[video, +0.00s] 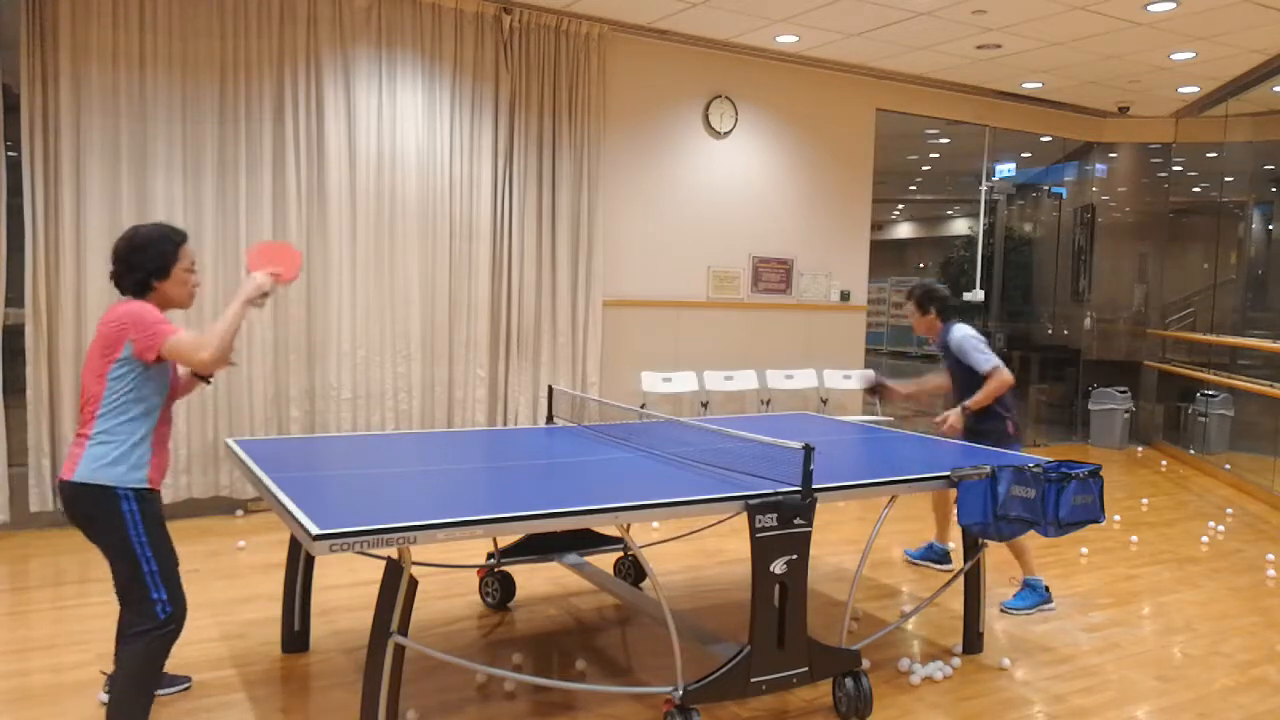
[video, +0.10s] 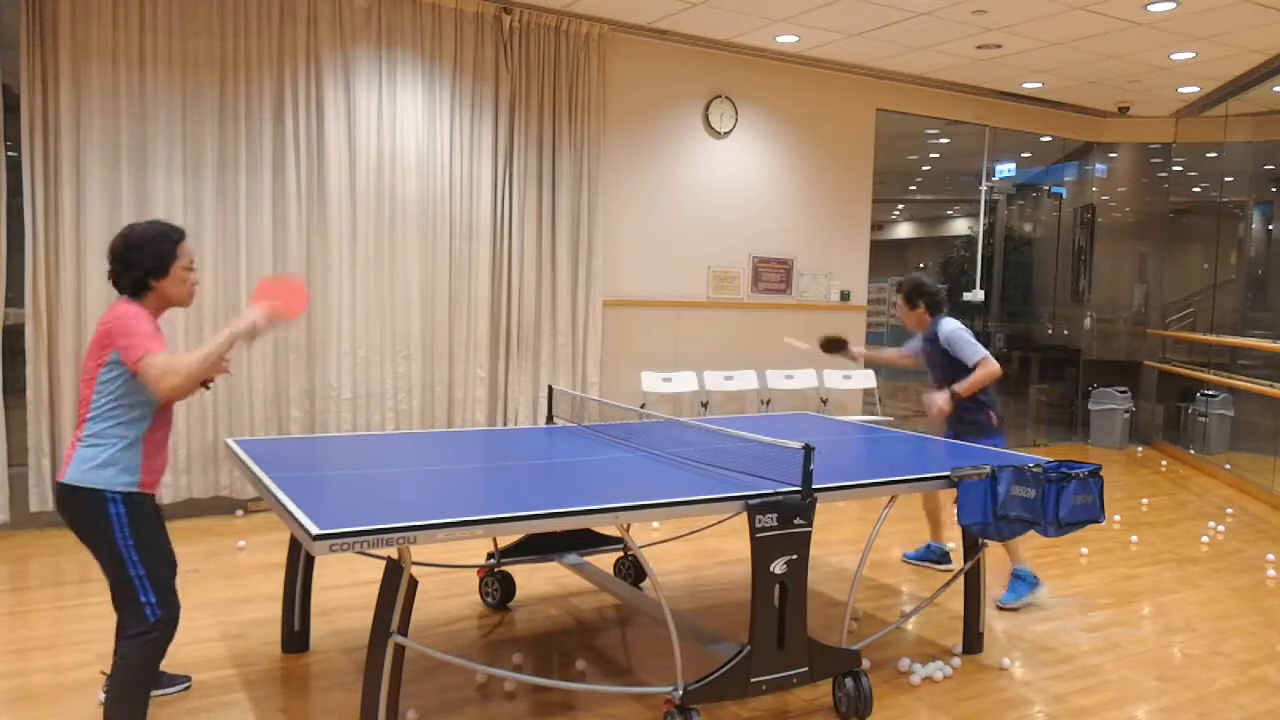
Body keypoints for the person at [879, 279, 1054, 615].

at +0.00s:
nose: (911, 323)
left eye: (913, 316)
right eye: (910, 316)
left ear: (932, 314)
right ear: (931, 313)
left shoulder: (961, 336)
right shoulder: (946, 340)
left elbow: (1003, 377)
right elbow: (952, 380)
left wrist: (963, 409)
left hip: (996, 437)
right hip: (971, 434)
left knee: (998, 510)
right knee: (939, 477)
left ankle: (1035, 585)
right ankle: (941, 547)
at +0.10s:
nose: (898, 313)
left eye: (901, 306)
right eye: (897, 306)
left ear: (920, 307)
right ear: (920, 308)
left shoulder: (949, 331)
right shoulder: (925, 337)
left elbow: (990, 368)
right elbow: (903, 356)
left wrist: (951, 394)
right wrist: (863, 354)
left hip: (982, 434)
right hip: (956, 432)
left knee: (993, 501)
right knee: (928, 482)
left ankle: (1023, 573)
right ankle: (938, 547)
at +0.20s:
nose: (894, 300)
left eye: (900, 293)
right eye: (894, 293)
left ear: (921, 294)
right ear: (915, 295)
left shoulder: (948, 321)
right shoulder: (909, 326)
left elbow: (986, 362)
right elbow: (878, 346)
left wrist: (943, 378)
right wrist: (842, 339)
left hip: (967, 424)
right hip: (936, 422)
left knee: (959, 491)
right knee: (915, 479)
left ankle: (983, 558)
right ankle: (935, 541)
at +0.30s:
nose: (895, 297)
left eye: (901, 290)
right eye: (894, 290)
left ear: (922, 293)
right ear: (900, 294)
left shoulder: (945, 322)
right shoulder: (901, 325)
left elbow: (978, 367)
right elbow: (868, 350)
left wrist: (936, 378)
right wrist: (835, 339)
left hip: (949, 422)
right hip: (918, 419)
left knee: (940, 484)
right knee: (894, 472)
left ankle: (957, 550)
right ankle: (911, 531)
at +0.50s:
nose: (885, 312)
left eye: (892, 306)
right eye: (882, 306)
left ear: (912, 310)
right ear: (879, 308)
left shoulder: (936, 340)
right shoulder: (882, 340)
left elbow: (962, 386)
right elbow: (865, 376)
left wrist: (924, 400)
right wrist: (839, 380)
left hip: (937, 427)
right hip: (901, 425)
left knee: (937, 488)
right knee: (876, 473)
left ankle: (959, 551)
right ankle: (884, 532)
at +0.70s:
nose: (899, 306)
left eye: (906, 300)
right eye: (895, 300)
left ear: (925, 303)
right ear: (892, 303)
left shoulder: (949, 333)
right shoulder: (890, 333)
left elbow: (982, 370)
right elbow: (876, 371)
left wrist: (957, 392)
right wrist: (876, 380)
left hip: (948, 424)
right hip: (909, 422)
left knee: (954, 487)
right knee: (887, 473)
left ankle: (972, 550)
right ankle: (884, 531)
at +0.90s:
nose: (925, 320)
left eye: (932, 313)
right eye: (920, 313)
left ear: (950, 308)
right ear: (915, 308)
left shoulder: (976, 331)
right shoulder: (908, 334)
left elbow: (999, 365)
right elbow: (892, 381)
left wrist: (994, 385)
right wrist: (914, 387)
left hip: (967, 423)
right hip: (924, 422)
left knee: (970, 487)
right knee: (899, 469)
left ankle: (972, 560)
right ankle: (890, 529)